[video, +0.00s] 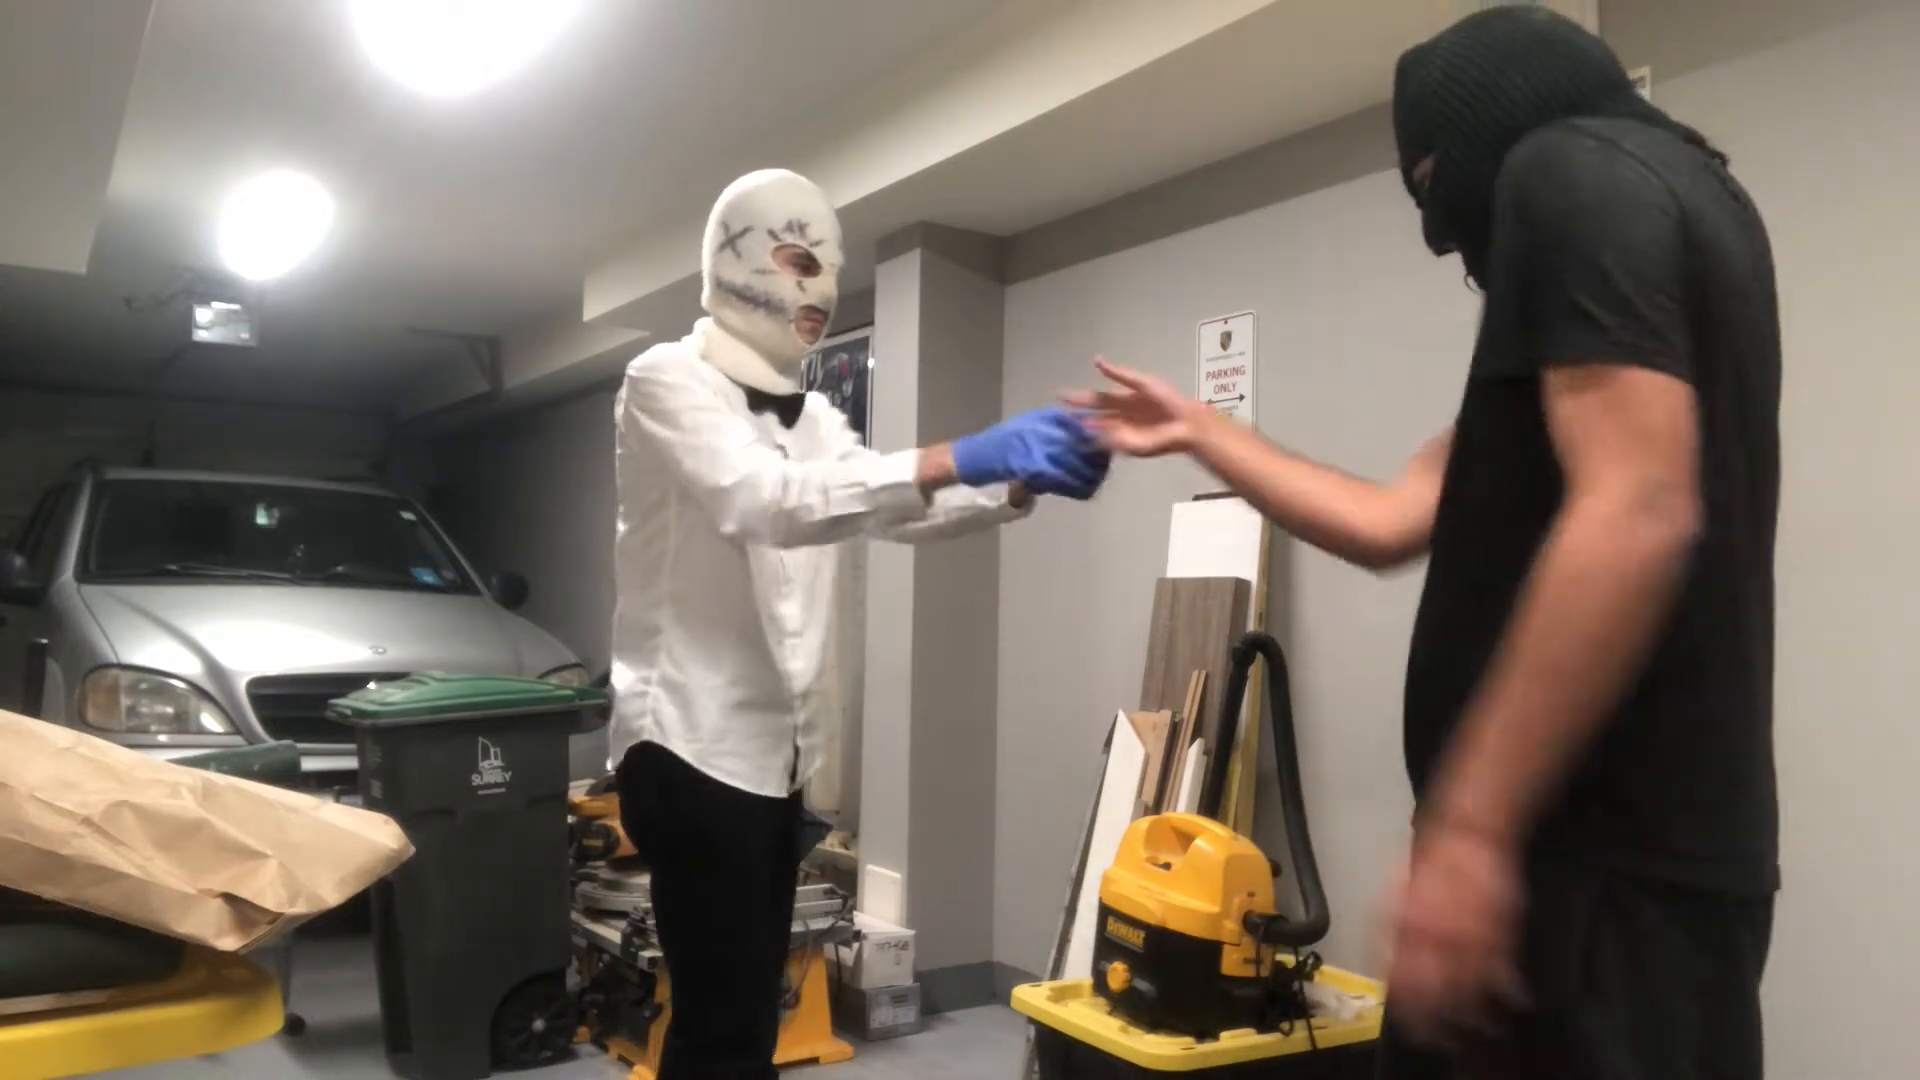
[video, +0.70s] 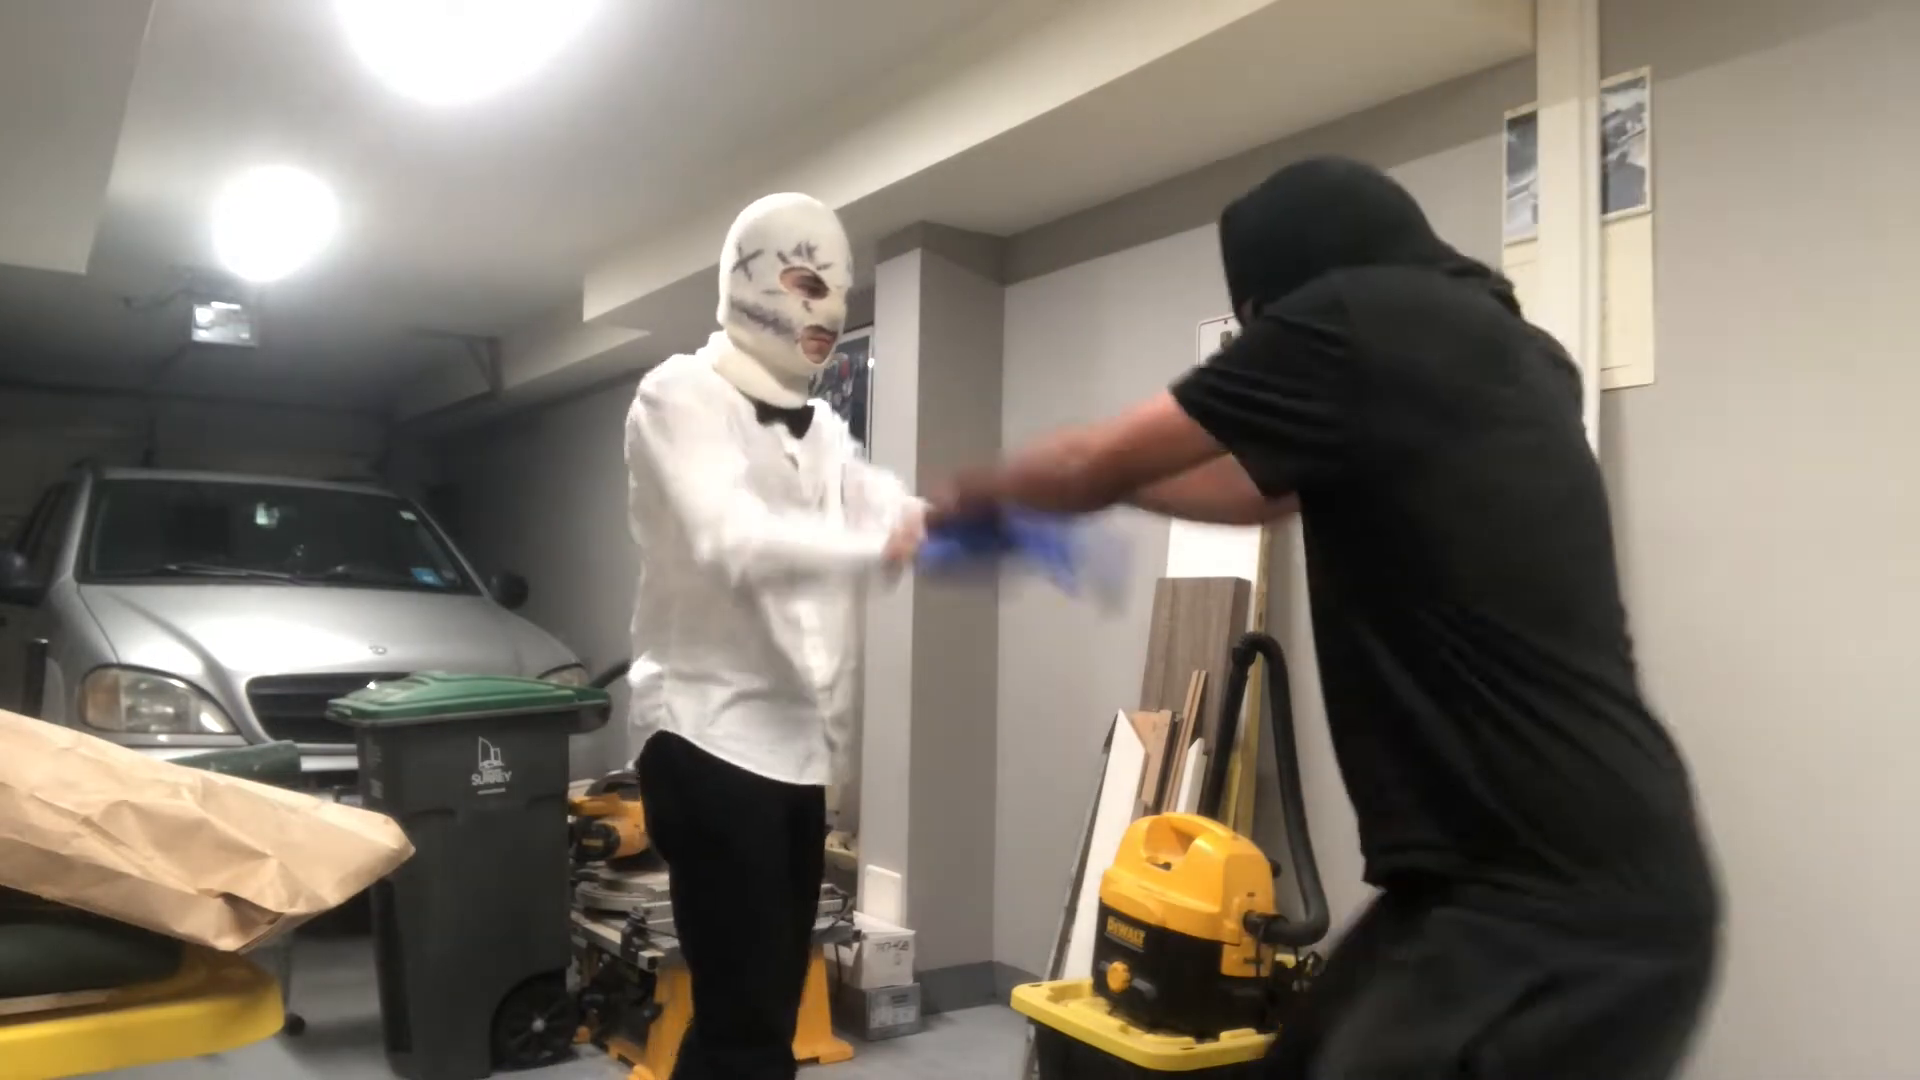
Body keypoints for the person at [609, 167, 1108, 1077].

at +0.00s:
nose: (821, 285)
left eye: (829, 266)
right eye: (797, 260)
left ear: (831, 277)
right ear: (732, 266)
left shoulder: (816, 423)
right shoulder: (669, 379)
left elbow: (894, 511)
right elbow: (763, 501)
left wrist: (1025, 484)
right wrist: (964, 456)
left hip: (776, 758)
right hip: (688, 752)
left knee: (745, 1021)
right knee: (722, 1026)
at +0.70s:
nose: (827, 317)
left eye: (837, 297)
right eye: (805, 289)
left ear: (844, 304)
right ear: (746, 286)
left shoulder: (817, 429)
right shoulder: (681, 393)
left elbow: (880, 507)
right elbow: (731, 545)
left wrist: (958, 521)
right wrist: (886, 543)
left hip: (794, 745)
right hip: (705, 740)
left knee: (764, 1022)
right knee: (740, 1023)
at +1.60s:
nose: (750, 313)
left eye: (759, 295)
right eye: (723, 291)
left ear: (767, 304)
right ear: (665, 299)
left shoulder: (753, 419)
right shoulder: (608, 393)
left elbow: (839, 517)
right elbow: (714, 463)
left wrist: (956, 488)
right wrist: (899, 426)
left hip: (699, 740)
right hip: (599, 737)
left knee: (680, 1005)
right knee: (615, 1005)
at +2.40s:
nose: (829, 342)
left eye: (838, 321)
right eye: (812, 311)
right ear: (756, 296)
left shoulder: (740, 408)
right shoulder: (696, 388)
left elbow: (848, 529)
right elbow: (802, 504)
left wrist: (1003, 489)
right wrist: (982, 484)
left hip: (702, 735)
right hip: (661, 735)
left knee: (729, 1011)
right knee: (747, 1019)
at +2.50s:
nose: (816, 319)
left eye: (824, 303)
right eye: (796, 294)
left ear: (829, 314)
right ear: (734, 291)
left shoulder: (761, 433)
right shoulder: (682, 391)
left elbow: (833, 565)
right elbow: (731, 514)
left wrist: (937, 549)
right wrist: (899, 524)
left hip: (728, 741)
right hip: (671, 738)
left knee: (731, 1005)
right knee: (757, 1012)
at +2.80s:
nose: (843, 349)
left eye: (853, 333)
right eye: (826, 321)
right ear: (772, 314)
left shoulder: (748, 423)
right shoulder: (724, 397)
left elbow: (791, 634)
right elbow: (737, 519)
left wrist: (897, 563)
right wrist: (897, 400)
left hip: (670, 765)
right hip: (727, 761)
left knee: (692, 1026)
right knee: (896, 998)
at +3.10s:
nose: (881, 349)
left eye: (888, 332)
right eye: (861, 320)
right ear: (794, 316)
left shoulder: (800, 430)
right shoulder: (755, 405)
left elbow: (875, 618)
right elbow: (836, 498)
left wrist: (991, 553)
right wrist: (965, 349)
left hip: (789, 767)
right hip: (811, 765)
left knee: (763, 1042)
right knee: (940, 1048)